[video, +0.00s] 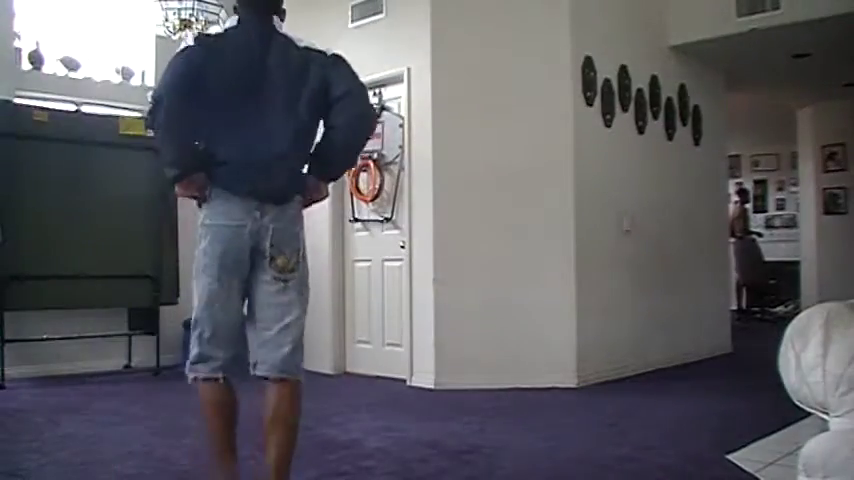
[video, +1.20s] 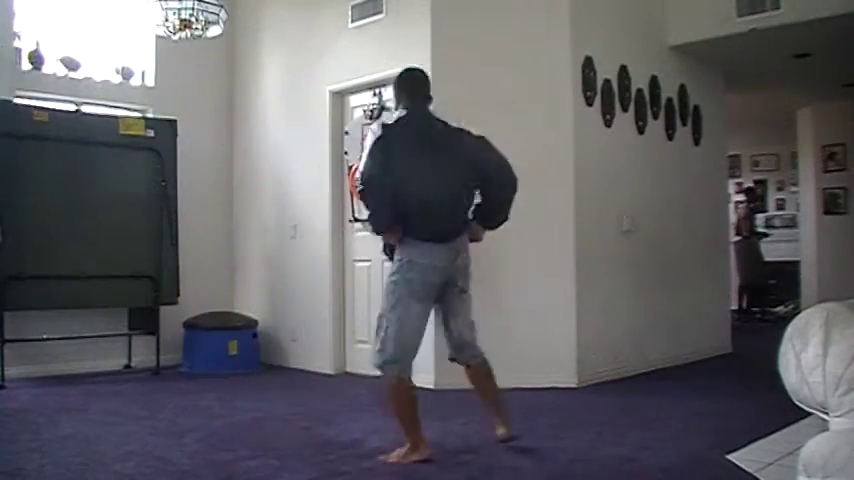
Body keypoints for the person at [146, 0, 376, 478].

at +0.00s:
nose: (261, 14)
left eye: (245, 9)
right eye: (273, 10)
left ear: (237, 7)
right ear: (279, 10)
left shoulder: (201, 52)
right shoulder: (313, 61)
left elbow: (164, 111)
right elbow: (358, 111)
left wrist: (185, 169)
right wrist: (320, 174)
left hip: (223, 210)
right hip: (284, 213)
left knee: (211, 360)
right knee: (282, 363)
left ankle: (225, 469)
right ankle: (278, 473)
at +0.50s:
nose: (258, 54)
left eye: (257, 47)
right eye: (266, 45)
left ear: (259, 47)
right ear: (293, 45)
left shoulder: (253, 81)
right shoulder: (329, 87)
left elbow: (238, 138)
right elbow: (370, 143)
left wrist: (244, 183)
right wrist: (336, 183)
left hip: (275, 213)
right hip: (317, 216)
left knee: (259, 341)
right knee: (296, 339)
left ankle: (267, 453)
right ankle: (288, 433)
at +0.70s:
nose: (285, 99)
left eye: (287, 93)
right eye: (288, 92)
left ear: (291, 95)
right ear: (323, 94)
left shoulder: (293, 131)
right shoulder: (346, 139)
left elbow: (280, 187)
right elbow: (379, 197)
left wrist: (275, 232)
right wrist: (349, 237)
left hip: (303, 259)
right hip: (331, 261)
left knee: (273, 370)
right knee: (294, 360)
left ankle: (346, 439)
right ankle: (301, 448)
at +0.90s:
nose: (323, 74)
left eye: (323, 69)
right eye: (327, 69)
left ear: (328, 67)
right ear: (358, 66)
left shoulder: (326, 96)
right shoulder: (382, 102)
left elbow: (311, 148)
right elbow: (418, 153)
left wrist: (323, 193)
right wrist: (394, 195)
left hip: (349, 221)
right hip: (383, 225)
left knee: (337, 336)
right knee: (354, 331)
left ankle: (386, 420)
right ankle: (328, 421)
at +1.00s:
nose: (346, 85)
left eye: (346, 78)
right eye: (351, 78)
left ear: (349, 75)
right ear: (380, 74)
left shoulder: (345, 101)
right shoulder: (414, 110)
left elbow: (324, 154)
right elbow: (454, 161)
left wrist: (338, 202)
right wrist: (427, 207)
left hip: (369, 227)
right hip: (406, 228)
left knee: (366, 339)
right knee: (390, 337)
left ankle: (396, 434)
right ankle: (386, 424)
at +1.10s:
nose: (369, 106)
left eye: (369, 100)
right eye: (373, 99)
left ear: (372, 100)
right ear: (404, 98)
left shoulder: (364, 133)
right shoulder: (437, 138)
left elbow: (344, 191)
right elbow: (477, 192)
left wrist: (362, 237)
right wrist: (456, 235)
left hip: (390, 259)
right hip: (430, 258)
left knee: (378, 365)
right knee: (424, 355)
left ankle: (412, 443)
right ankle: (454, 427)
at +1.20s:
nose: (402, 101)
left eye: (398, 95)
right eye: (416, 92)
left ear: (397, 97)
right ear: (429, 95)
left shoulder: (387, 141)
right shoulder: (458, 137)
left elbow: (370, 188)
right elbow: (503, 179)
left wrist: (388, 230)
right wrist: (481, 223)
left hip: (415, 257)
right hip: (456, 254)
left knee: (394, 359)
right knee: (466, 345)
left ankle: (415, 444)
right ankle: (502, 423)